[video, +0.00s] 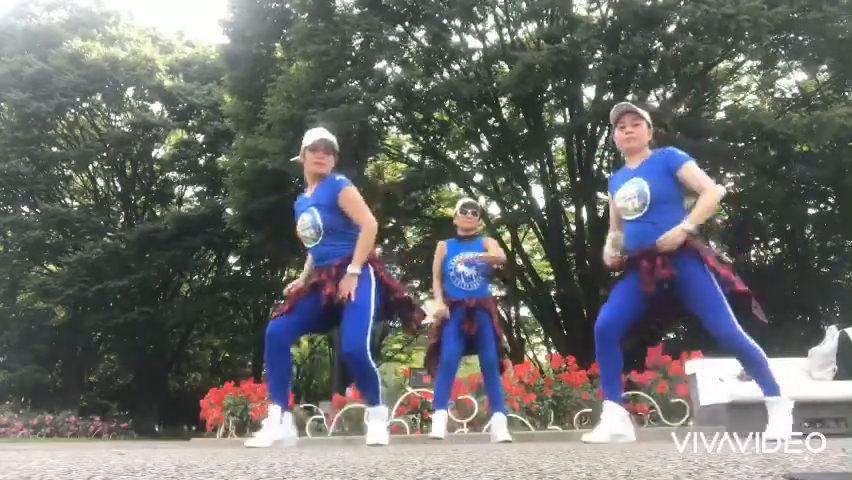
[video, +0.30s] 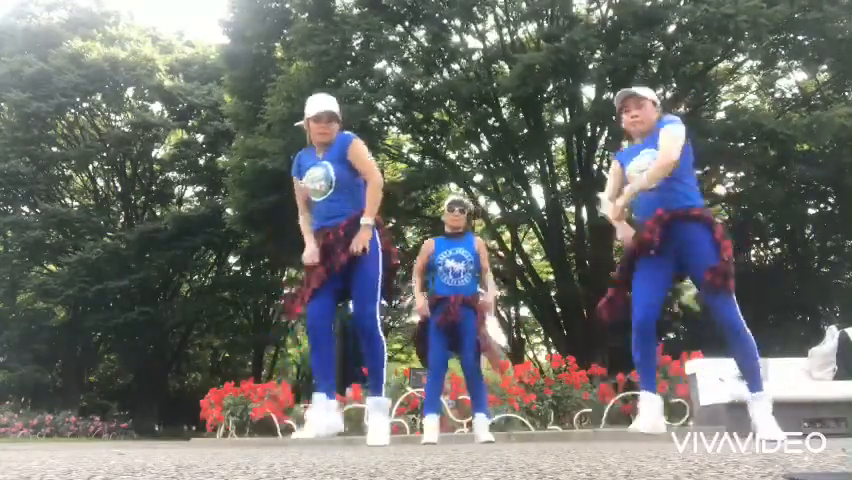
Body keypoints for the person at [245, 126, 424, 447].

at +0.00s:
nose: (321, 156)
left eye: (328, 152)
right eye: (315, 150)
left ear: (334, 159)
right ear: (302, 156)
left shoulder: (337, 186)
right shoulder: (302, 201)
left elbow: (369, 224)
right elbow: (315, 249)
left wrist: (354, 271)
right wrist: (303, 280)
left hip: (357, 276)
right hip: (323, 283)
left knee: (354, 348)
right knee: (277, 332)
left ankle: (377, 414)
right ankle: (280, 418)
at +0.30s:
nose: (324, 125)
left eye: (330, 119)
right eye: (317, 120)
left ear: (338, 122)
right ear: (306, 124)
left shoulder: (349, 144)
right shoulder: (301, 161)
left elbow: (375, 179)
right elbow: (304, 209)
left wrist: (366, 225)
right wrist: (309, 242)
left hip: (360, 236)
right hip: (324, 242)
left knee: (365, 318)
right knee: (318, 317)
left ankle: (376, 404)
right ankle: (325, 406)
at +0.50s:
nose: (316, 151)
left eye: (323, 146)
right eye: (310, 144)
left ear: (330, 153)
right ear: (297, 150)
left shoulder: (336, 176)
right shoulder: (298, 196)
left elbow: (378, 197)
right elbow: (306, 238)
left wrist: (356, 237)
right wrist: (305, 254)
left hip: (367, 261)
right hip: (335, 271)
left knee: (367, 336)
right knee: (306, 317)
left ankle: (387, 418)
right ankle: (320, 407)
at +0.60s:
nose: (310, 153)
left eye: (317, 148)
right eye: (304, 147)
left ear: (324, 154)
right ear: (292, 153)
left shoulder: (332, 179)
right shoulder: (293, 197)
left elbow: (378, 198)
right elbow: (309, 243)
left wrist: (364, 229)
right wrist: (289, 257)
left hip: (355, 266)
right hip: (321, 274)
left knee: (355, 345)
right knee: (288, 329)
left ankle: (387, 417)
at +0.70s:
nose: (310, 147)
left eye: (317, 144)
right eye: (305, 140)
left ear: (322, 151)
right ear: (290, 146)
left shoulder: (329, 179)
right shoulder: (285, 193)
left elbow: (365, 215)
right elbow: (299, 246)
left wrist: (365, 242)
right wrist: (276, 266)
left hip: (338, 267)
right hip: (304, 276)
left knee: (343, 346)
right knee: (268, 329)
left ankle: (388, 417)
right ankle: (260, 417)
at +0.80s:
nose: (316, 125)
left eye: (322, 121)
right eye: (310, 118)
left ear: (328, 127)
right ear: (296, 121)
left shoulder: (336, 159)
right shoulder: (274, 157)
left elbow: (359, 201)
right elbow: (259, 201)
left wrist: (339, 197)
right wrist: (251, 205)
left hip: (322, 244)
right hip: (282, 245)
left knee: (332, 327)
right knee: (266, 327)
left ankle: (354, 403)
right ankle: (259, 415)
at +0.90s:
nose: (319, 121)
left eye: (325, 115)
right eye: (313, 113)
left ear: (330, 119)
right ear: (298, 114)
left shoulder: (335, 150)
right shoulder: (278, 132)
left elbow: (355, 178)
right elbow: (262, 157)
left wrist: (327, 180)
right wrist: (290, 171)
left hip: (316, 236)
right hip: (275, 232)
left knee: (308, 314)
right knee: (265, 316)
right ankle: (247, 406)